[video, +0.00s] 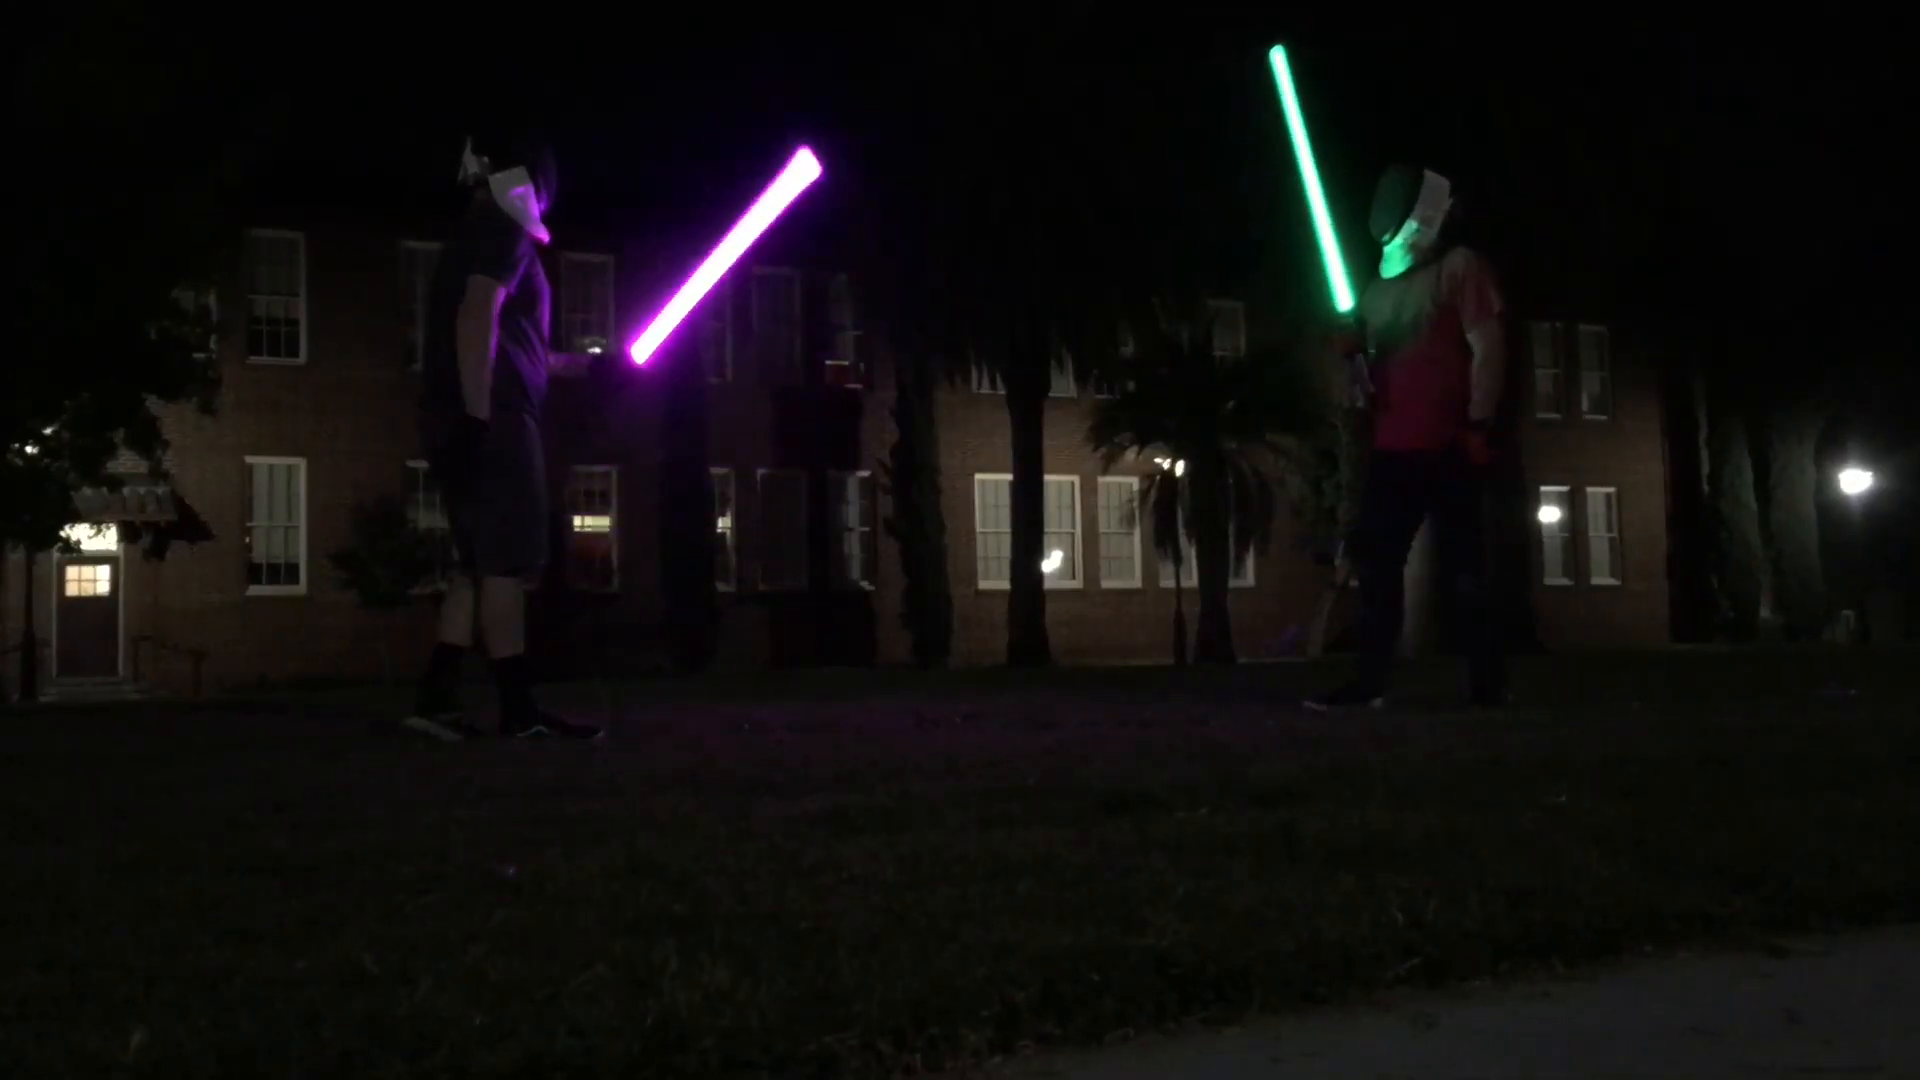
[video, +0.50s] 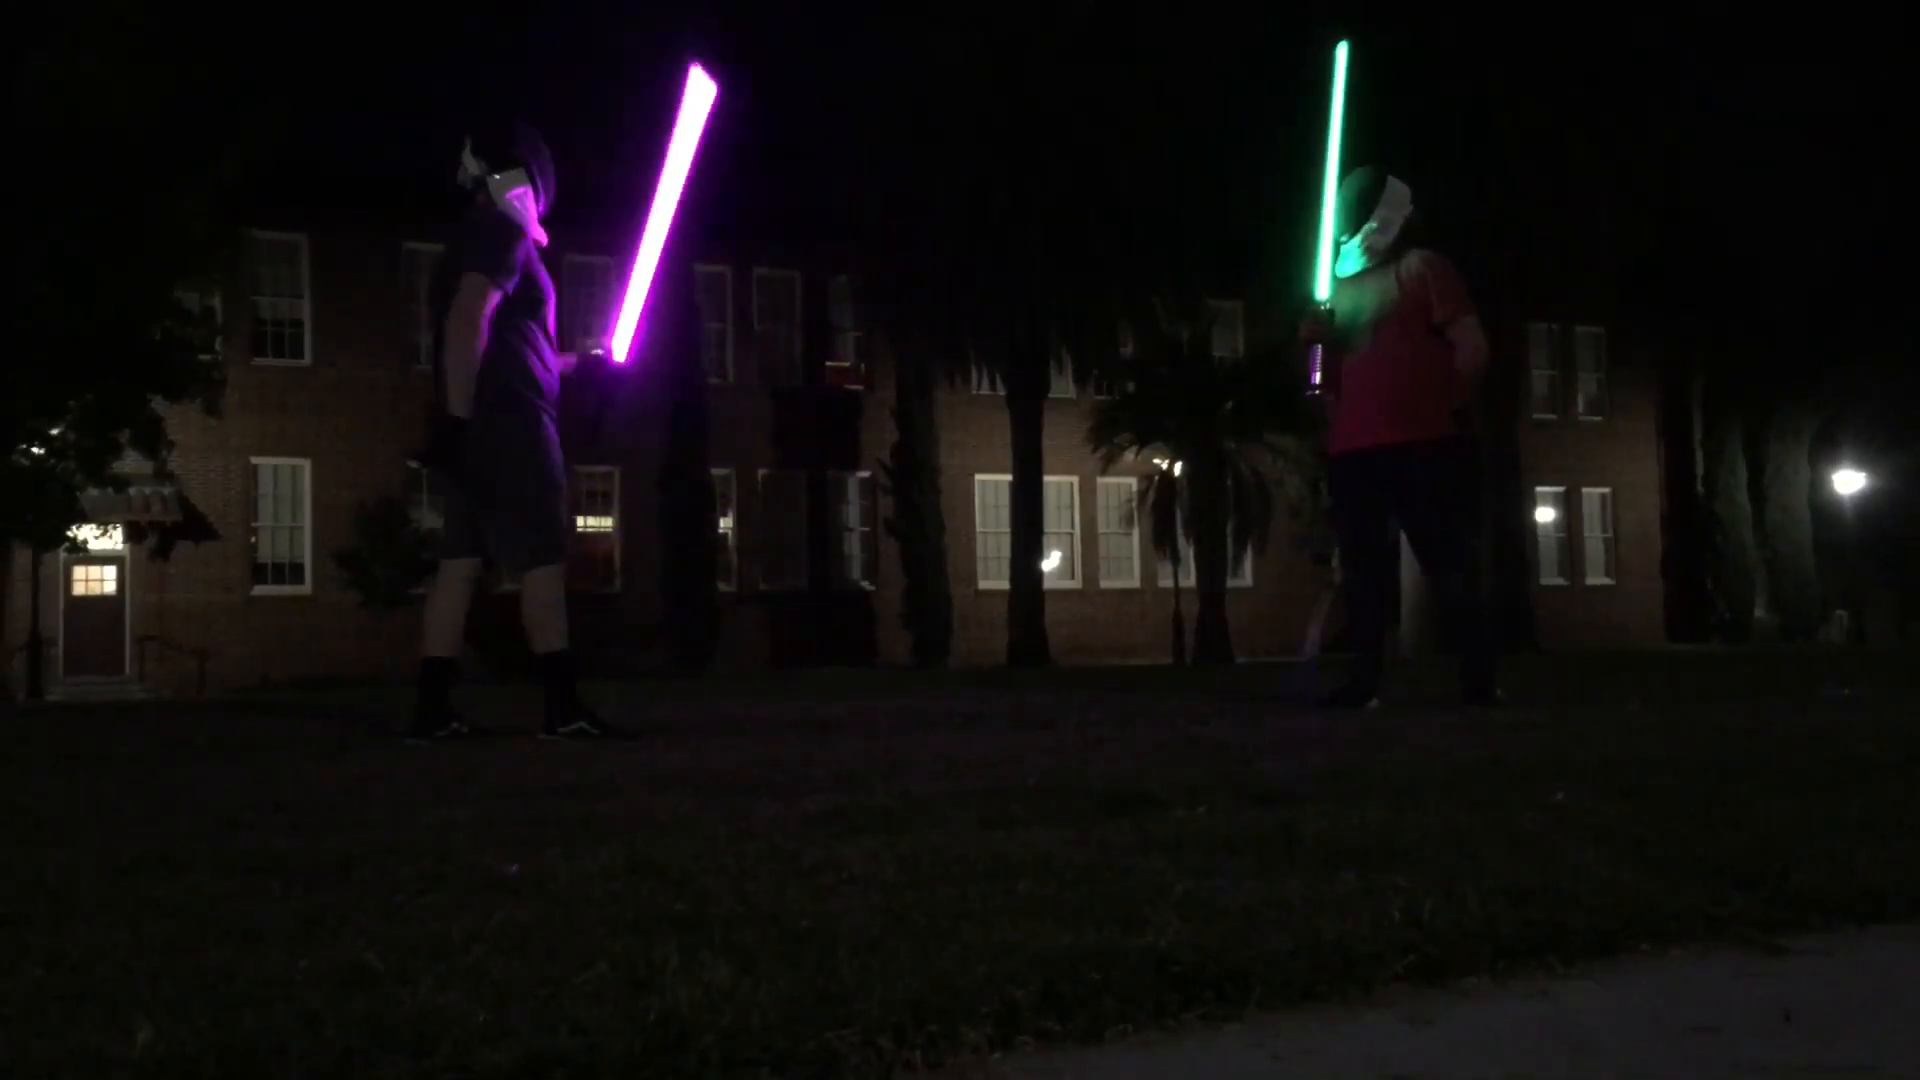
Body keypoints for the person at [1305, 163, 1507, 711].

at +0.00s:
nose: (1387, 237)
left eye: (1397, 225)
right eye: (1385, 227)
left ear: (1425, 221)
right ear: (1389, 226)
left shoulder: (1460, 271)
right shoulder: (1379, 289)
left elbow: (1488, 348)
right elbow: (1361, 392)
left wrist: (1481, 421)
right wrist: (1349, 356)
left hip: (1452, 446)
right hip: (1394, 450)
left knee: (1463, 568)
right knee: (1376, 562)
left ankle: (1481, 679)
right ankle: (1367, 677)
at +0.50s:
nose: (1365, 233)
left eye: (1373, 221)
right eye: (1358, 222)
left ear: (1393, 220)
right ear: (1353, 223)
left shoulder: (1421, 271)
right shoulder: (1341, 284)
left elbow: (1470, 345)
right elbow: (1330, 372)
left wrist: (1439, 399)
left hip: (1422, 446)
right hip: (1356, 452)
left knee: (1449, 570)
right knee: (1364, 574)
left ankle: (1473, 678)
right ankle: (1360, 680)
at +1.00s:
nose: (1353, 240)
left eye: (1363, 228)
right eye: (1351, 229)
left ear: (1384, 228)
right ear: (1351, 233)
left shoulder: (1419, 276)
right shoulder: (1337, 300)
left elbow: (1466, 352)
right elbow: (1308, 377)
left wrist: (1456, 411)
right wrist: (1273, 430)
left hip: (1421, 448)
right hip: (1353, 457)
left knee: (1444, 568)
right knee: (1361, 572)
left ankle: (1470, 678)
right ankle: (1359, 679)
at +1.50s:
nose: (1380, 235)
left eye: (1391, 222)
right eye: (1376, 223)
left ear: (1412, 224)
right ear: (1370, 227)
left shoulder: (1436, 279)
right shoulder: (1368, 291)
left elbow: (1459, 357)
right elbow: (1357, 367)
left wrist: (1406, 404)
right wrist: (1323, 410)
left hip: (1436, 452)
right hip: (1378, 452)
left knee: (1449, 568)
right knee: (1367, 567)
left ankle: (1470, 678)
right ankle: (1361, 680)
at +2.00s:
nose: (1369, 253)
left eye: (1379, 240)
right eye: (1363, 243)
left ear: (1404, 237)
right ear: (1360, 245)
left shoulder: (1434, 289)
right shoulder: (1356, 309)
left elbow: (1414, 365)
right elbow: (1339, 375)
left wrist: (1340, 393)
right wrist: (1298, 370)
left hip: (1432, 461)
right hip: (1371, 464)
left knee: (1446, 576)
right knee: (1338, 566)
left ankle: (1474, 684)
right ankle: (1321, 680)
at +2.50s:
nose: (1449, 282)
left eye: (1460, 271)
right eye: (1450, 273)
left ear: (1485, 274)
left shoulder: (1502, 310)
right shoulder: (1441, 330)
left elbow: (1431, 331)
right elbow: (1406, 398)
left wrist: (1367, 343)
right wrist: (1338, 392)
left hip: (1495, 482)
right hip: (1436, 485)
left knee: (1548, 598)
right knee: (1373, 584)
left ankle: (1640, 688)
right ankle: (1317, 690)